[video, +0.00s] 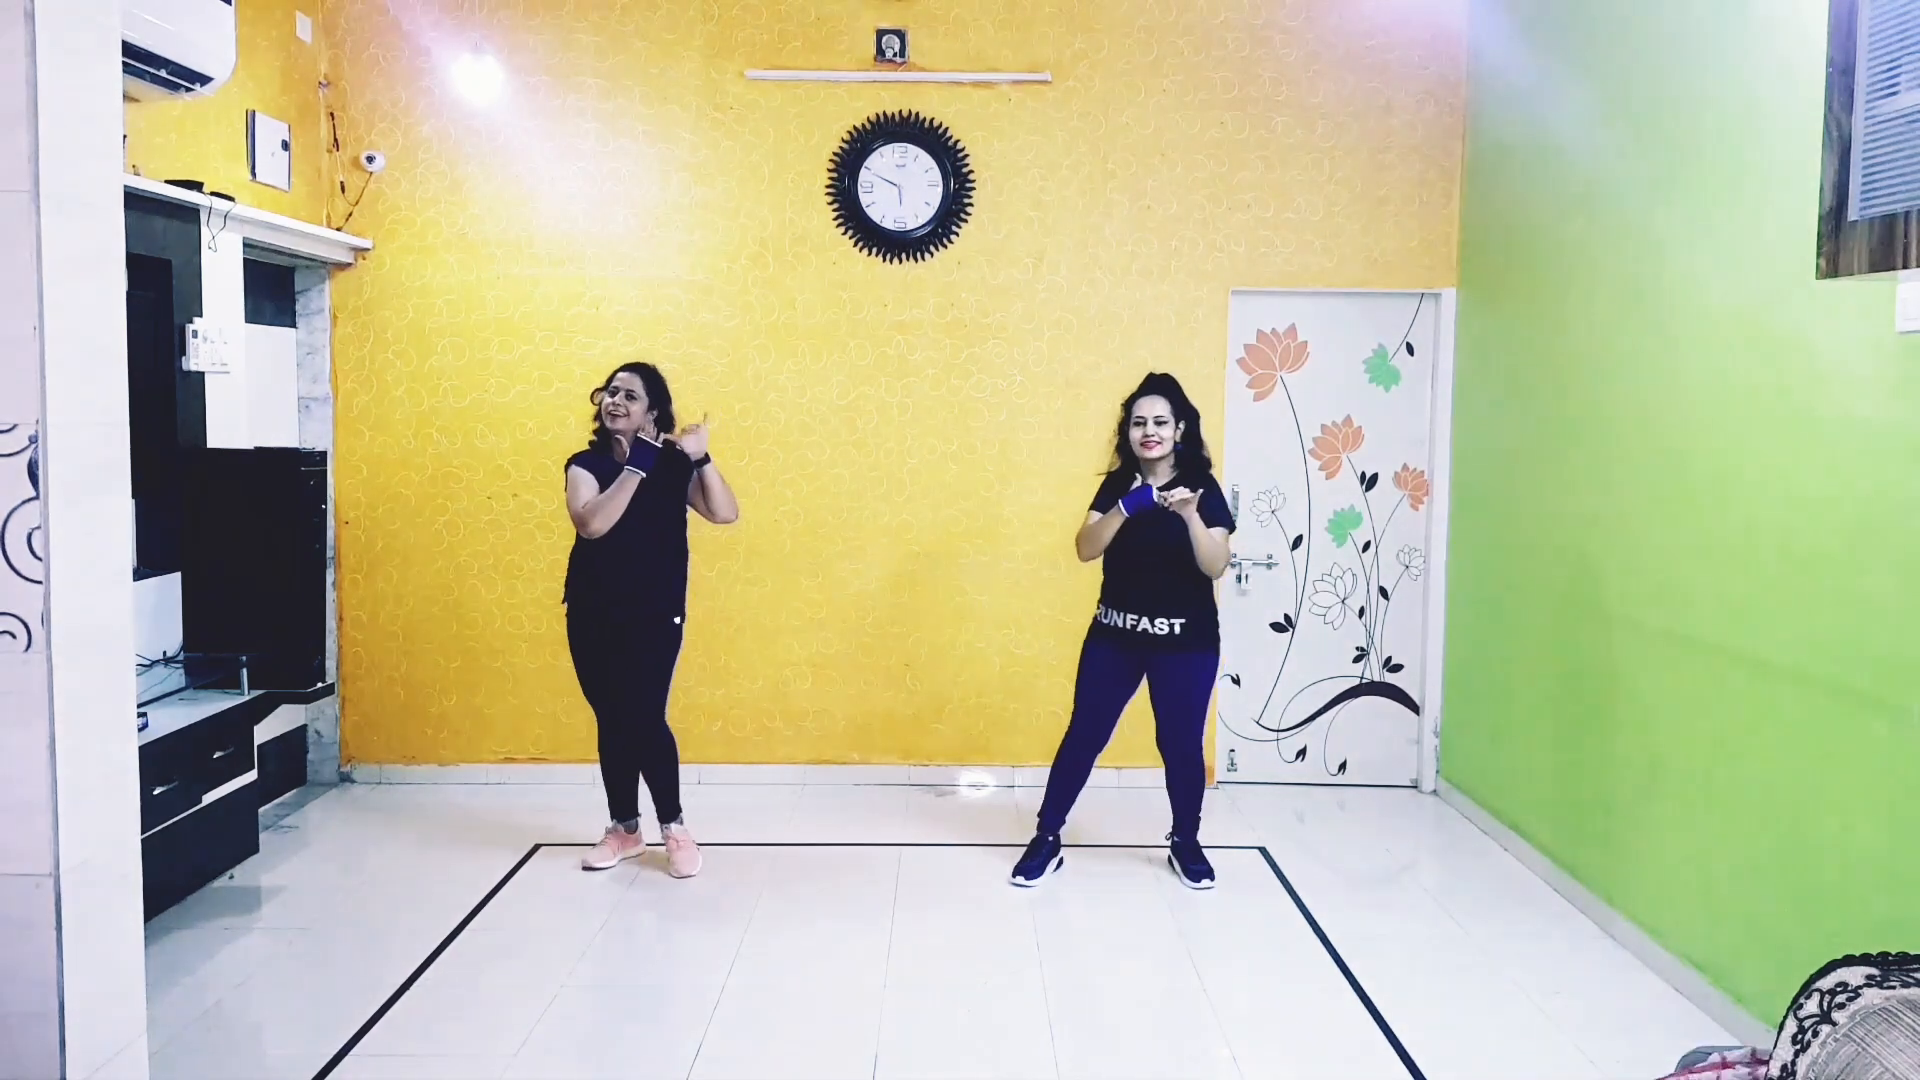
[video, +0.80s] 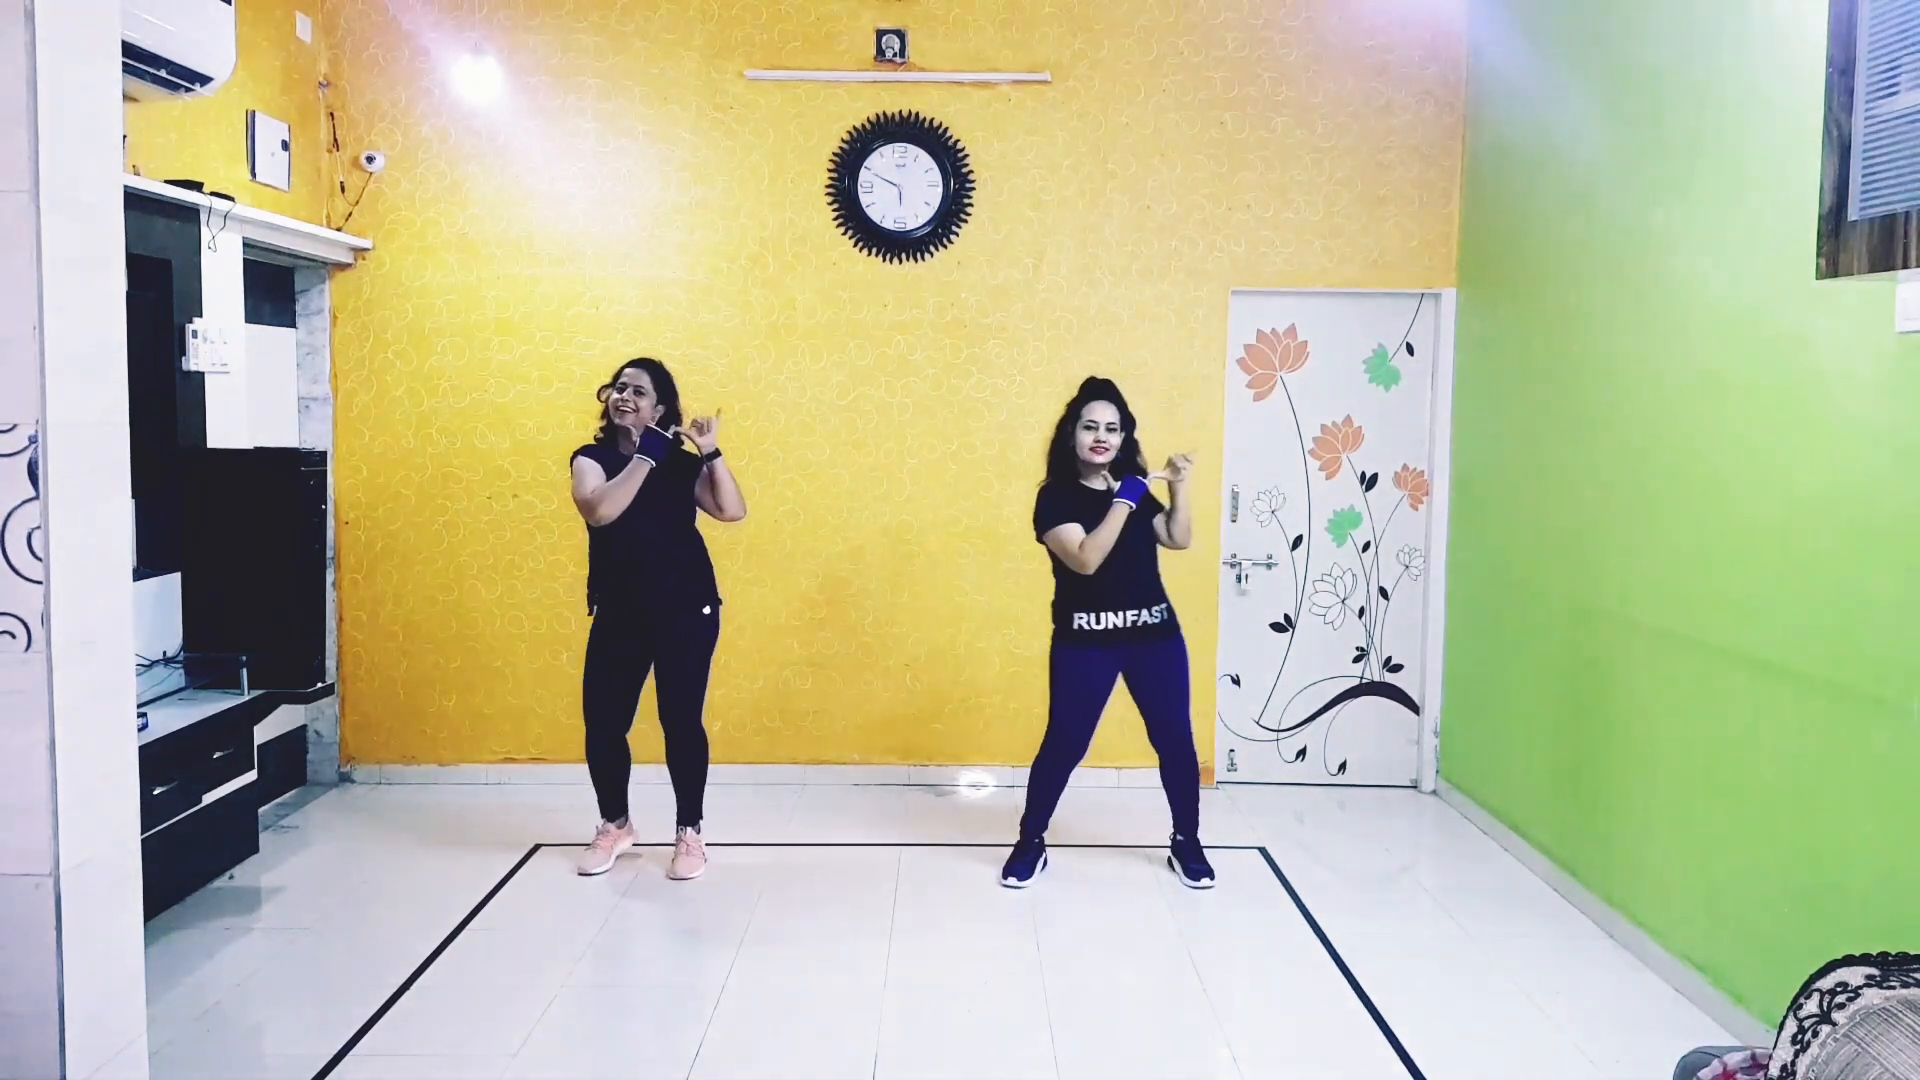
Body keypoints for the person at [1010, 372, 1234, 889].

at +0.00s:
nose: (1148, 430)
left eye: (1160, 420)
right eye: (1138, 420)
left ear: (1180, 428)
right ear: (1127, 430)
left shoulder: (1202, 488)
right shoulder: (1118, 482)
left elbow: (1216, 566)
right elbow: (1086, 550)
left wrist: (1192, 517)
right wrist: (1122, 510)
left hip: (1186, 640)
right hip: (1116, 632)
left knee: (1182, 748)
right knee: (1083, 737)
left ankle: (1186, 841)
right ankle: (1046, 836)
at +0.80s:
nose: (1100, 436)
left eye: (1111, 427)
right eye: (1089, 425)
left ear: (1124, 436)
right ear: (1070, 431)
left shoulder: (1133, 488)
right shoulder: (1054, 497)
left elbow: (1179, 537)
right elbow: (1084, 560)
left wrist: (1179, 487)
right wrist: (1123, 502)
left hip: (1152, 634)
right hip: (1085, 640)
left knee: (1176, 742)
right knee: (1063, 747)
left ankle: (1187, 840)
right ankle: (1030, 842)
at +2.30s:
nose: (1128, 445)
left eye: (1138, 433)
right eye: (1117, 436)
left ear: (1160, 434)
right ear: (1107, 442)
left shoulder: (1188, 494)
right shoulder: (1105, 490)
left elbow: (1212, 572)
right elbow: (1078, 564)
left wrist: (1170, 554)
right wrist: (1105, 529)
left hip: (1172, 643)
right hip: (1103, 636)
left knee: (1181, 752)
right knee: (1071, 743)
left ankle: (1187, 844)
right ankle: (1033, 840)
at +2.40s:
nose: (1133, 445)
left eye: (1144, 433)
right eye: (1123, 435)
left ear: (1166, 435)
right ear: (1112, 442)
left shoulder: (1194, 494)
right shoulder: (1110, 492)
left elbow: (1221, 568)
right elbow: (1083, 566)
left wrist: (1178, 583)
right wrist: (1111, 535)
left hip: (1182, 645)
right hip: (1111, 639)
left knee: (1185, 753)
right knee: (1077, 744)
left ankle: (1187, 845)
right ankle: (1034, 840)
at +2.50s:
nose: (1139, 445)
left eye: (1150, 433)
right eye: (1129, 435)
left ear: (1172, 436)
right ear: (1117, 443)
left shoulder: (1200, 497)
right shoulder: (1112, 496)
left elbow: (1223, 573)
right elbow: (1088, 573)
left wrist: (1211, 636)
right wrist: (1113, 539)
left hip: (1188, 643)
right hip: (1119, 641)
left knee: (1189, 755)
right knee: (1083, 744)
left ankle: (1187, 845)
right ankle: (1035, 840)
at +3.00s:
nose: (1082, 441)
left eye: (1092, 432)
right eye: (1071, 432)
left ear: (1107, 440)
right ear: (1057, 442)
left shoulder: (1136, 480)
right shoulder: (1055, 502)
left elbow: (1177, 541)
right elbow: (1074, 575)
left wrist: (1216, 586)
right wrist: (1081, 502)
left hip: (1167, 635)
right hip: (1098, 642)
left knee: (1182, 743)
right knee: (1072, 747)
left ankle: (1187, 842)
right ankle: (1034, 842)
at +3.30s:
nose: (1053, 435)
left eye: (1063, 426)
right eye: (1042, 425)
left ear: (1075, 434)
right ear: (1023, 435)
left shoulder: (1093, 480)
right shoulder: (1014, 496)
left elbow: (1120, 541)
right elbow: (1036, 568)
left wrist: (1144, 593)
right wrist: (1049, 494)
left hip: (1121, 629)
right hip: (1056, 638)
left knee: (1152, 735)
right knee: (1049, 749)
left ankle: (1181, 837)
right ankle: (1032, 843)